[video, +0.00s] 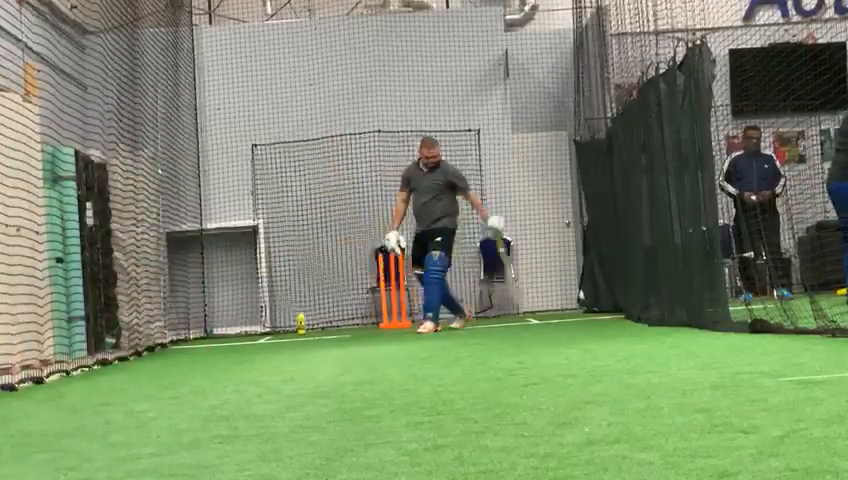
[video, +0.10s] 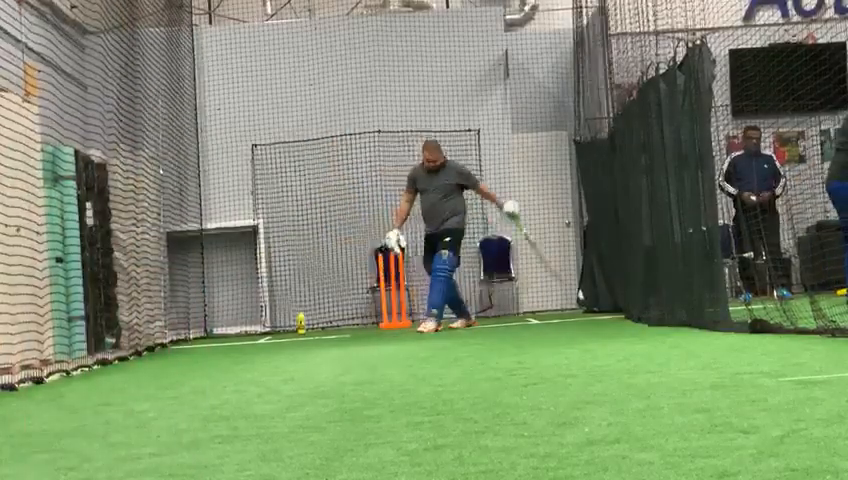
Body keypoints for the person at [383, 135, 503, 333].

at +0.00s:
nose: (434, 162)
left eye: (437, 157)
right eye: (430, 158)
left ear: (440, 153)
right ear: (420, 154)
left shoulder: (448, 171)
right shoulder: (410, 173)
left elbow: (469, 195)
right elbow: (402, 201)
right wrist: (394, 229)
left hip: (444, 228)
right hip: (422, 230)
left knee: (434, 272)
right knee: (422, 274)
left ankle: (430, 320)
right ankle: (460, 313)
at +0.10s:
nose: (433, 165)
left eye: (437, 161)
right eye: (430, 162)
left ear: (443, 156)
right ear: (423, 158)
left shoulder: (455, 170)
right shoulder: (416, 174)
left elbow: (480, 189)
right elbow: (407, 201)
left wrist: (502, 204)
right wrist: (396, 228)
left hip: (452, 228)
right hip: (431, 231)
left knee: (441, 269)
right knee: (436, 272)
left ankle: (433, 318)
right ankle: (464, 316)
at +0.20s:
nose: (433, 165)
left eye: (436, 161)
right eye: (430, 162)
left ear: (444, 154)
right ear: (424, 159)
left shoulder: (461, 167)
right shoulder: (423, 174)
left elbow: (484, 183)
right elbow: (416, 204)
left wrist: (506, 193)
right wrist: (402, 228)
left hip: (460, 225)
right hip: (439, 228)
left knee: (452, 266)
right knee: (438, 268)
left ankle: (446, 315)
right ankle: (464, 315)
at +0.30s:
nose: (432, 164)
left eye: (435, 160)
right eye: (430, 161)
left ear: (444, 153)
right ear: (428, 158)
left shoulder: (466, 162)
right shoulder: (429, 171)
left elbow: (488, 178)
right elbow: (427, 200)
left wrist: (511, 186)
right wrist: (415, 225)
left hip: (467, 219)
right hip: (446, 224)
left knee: (463, 256)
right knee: (444, 262)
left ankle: (472, 311)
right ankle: (461, 314)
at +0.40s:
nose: (433, 164)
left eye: (434, 160)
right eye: (432, 161)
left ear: (444, 152)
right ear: (434, 156)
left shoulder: (469, 159)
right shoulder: (436, 171)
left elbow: (493, 174)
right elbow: (436, 198)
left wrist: (517, 181)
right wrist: (428, 224)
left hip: (475, 218)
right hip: (453, 224)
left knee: (478, 253)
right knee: (453, 266)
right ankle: (464, 316)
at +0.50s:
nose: (437, 164)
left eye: (437, 160)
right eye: (435, 161)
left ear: (445, 154)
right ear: (442, 155)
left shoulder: (474, 159)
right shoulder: (443, 171)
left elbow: (500, 173)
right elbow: (447, 197)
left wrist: (524, 183)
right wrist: (442, 224)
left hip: (485, 222)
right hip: (462, 226)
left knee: (496, 262)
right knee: (457, 265)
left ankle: (524, 306)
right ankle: (465, 316)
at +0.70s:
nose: (452, 171)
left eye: (451, 167)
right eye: (449, 168)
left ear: (456, 158)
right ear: (453, 161)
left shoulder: (483, 162)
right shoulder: (462, 174)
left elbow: (512, 180)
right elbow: (471, 201)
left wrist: (528, 201)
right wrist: (471, 226)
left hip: (503, 223)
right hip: (480, 228)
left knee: (513, 263)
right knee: (470, 266)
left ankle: (531, 312)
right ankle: (466, 316)